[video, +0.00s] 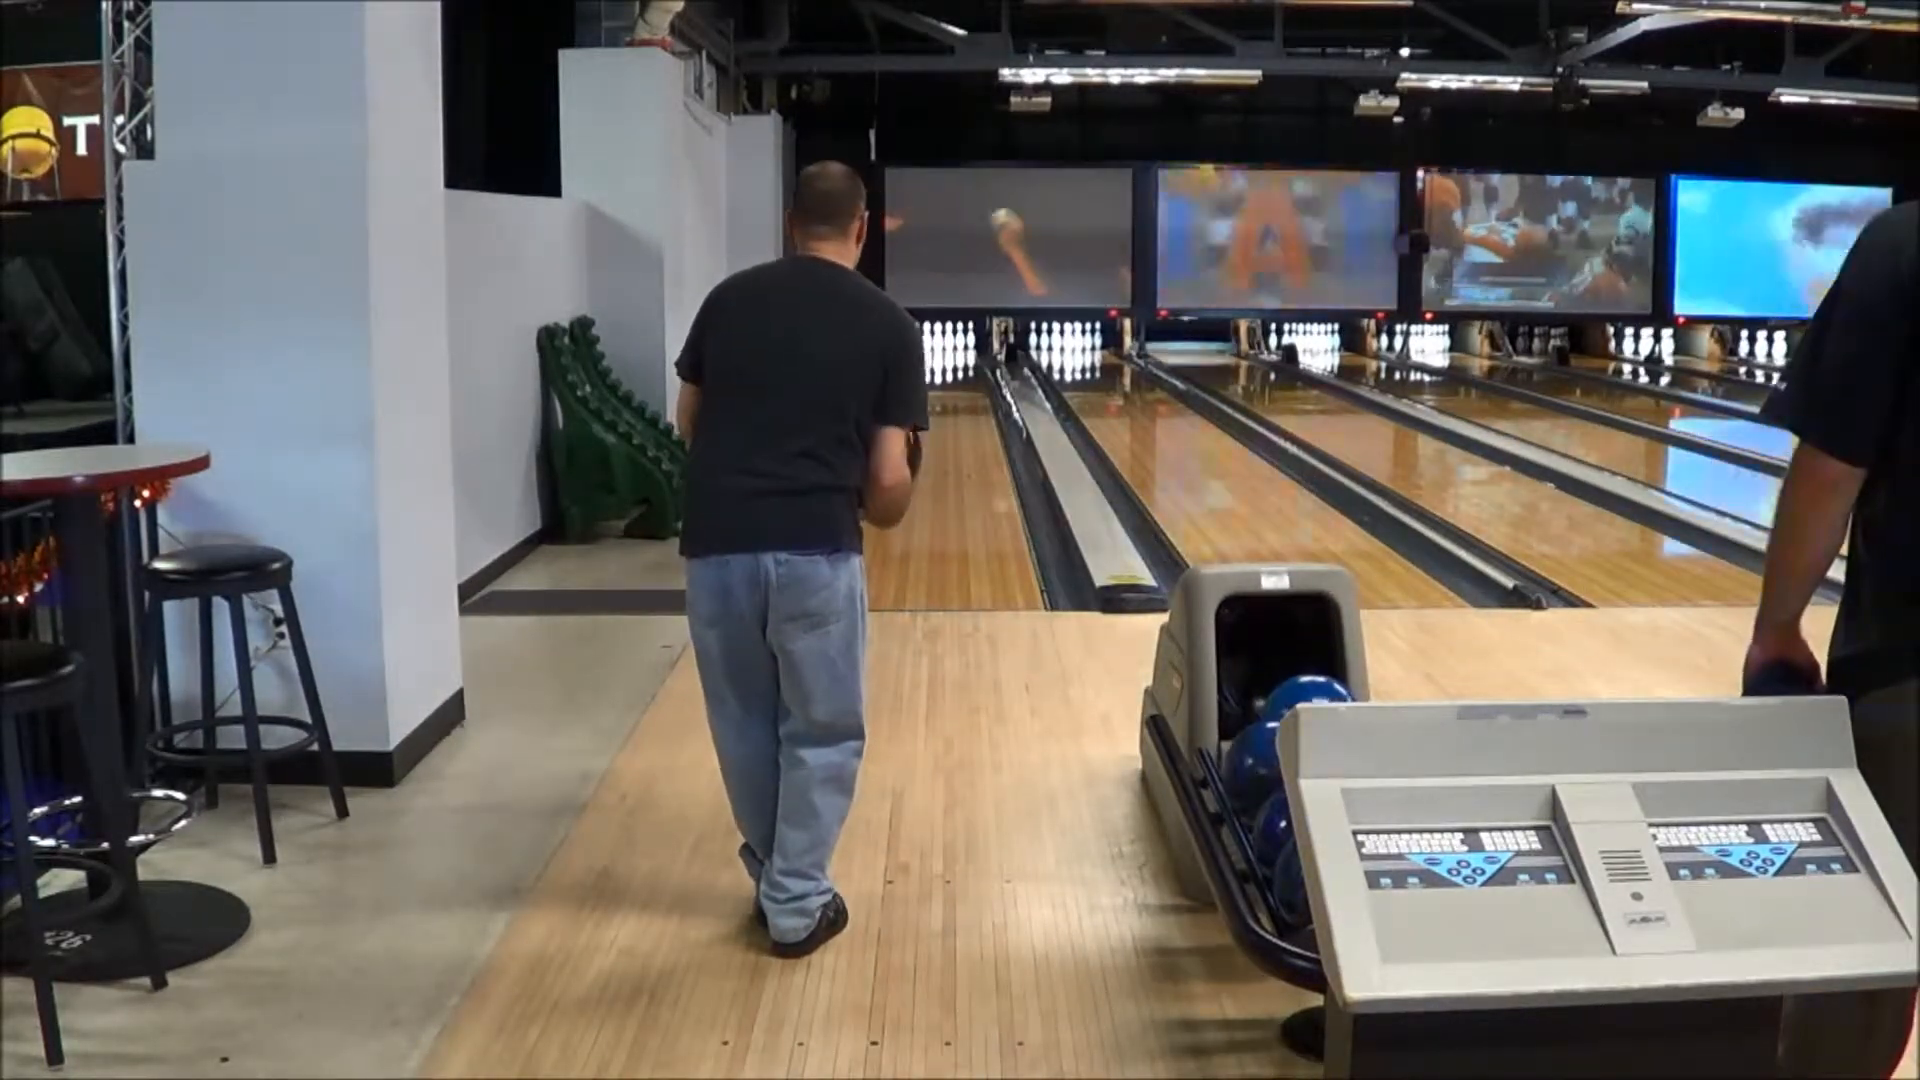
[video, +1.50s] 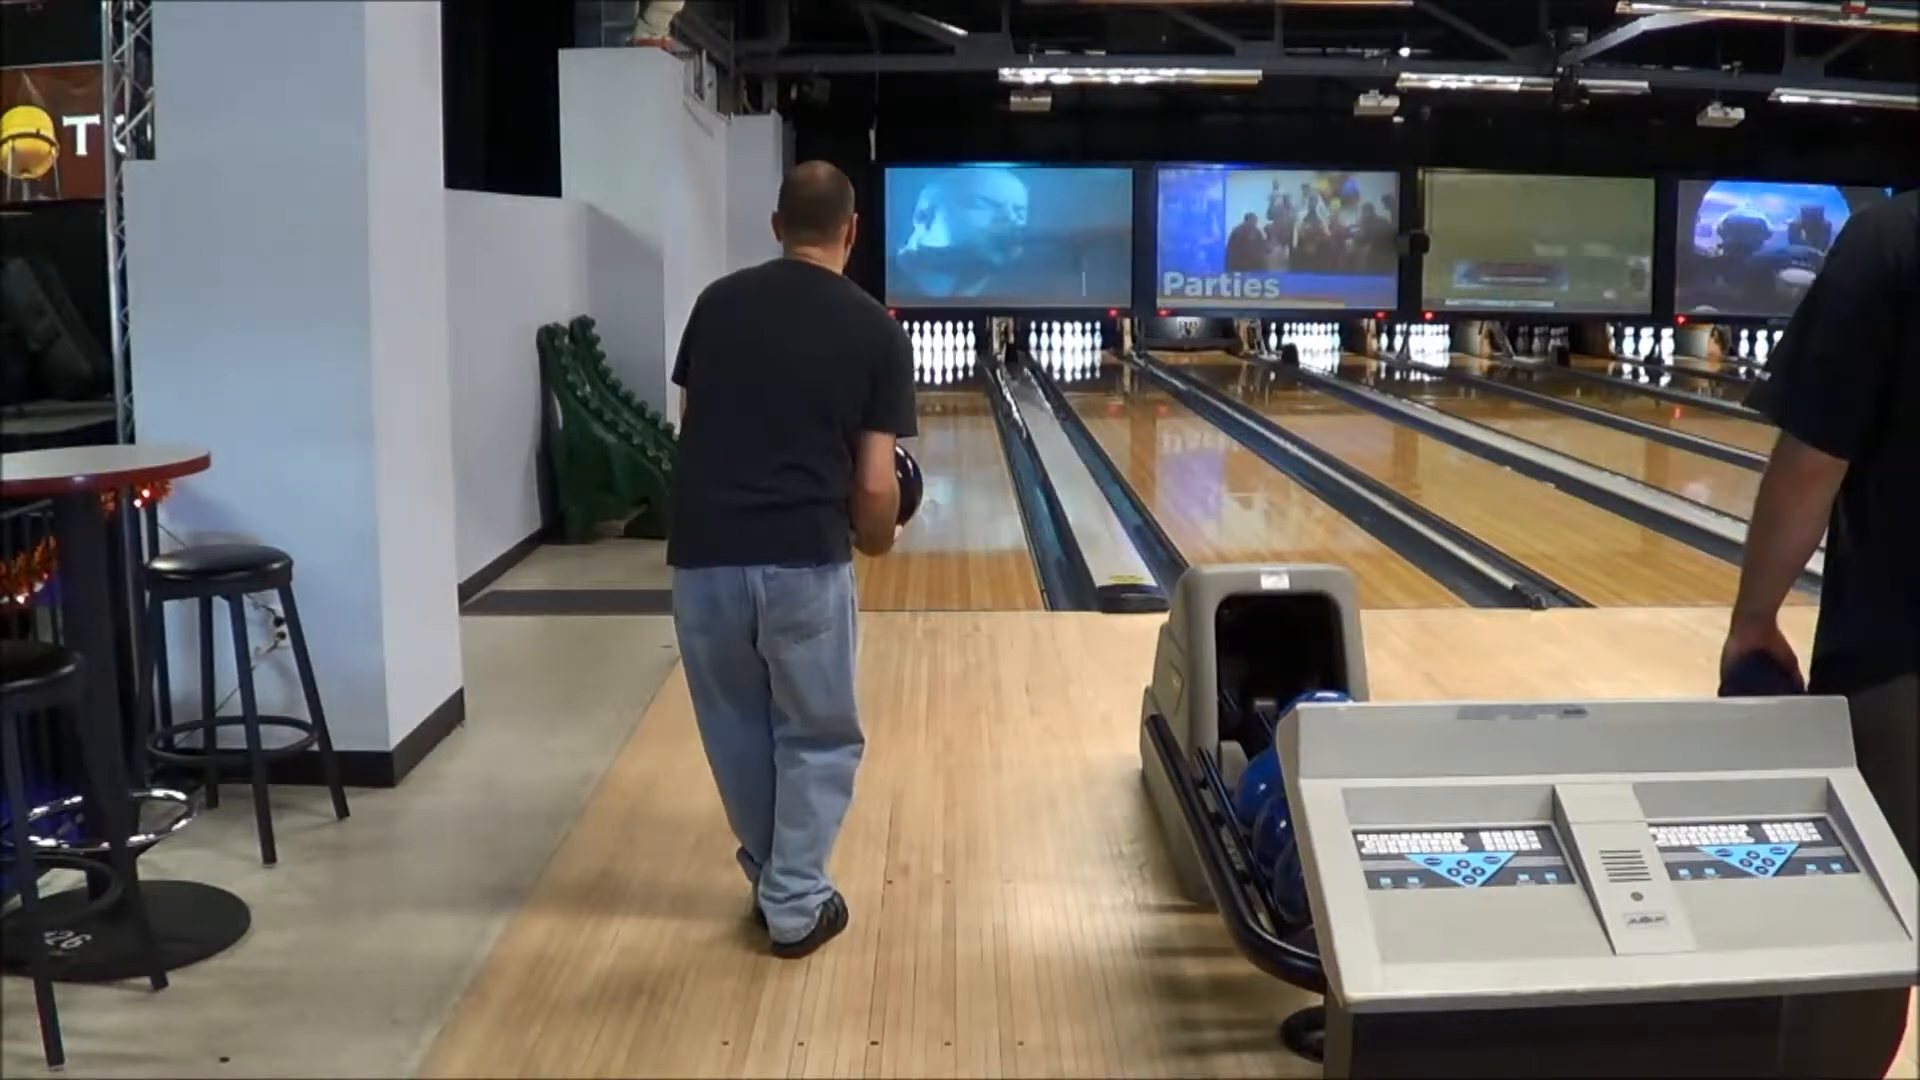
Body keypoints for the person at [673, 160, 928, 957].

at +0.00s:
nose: (865, 234)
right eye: (868, 223)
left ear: (789, 224)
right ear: (863, 228)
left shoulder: (730, 297)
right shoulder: (885, 322)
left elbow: (688, 419)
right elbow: (889, 476)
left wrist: (738, 462)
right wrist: (876, 512)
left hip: (716, 540)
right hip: (817, 542)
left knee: (742, 718)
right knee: (823, 730)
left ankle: (769, 868)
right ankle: (793, 905)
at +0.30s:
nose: (853, 235)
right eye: (856, 224)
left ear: (776, 227)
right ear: (852, 228)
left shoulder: (720, 300)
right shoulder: (872, 322)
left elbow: (685, 420)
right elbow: (878, 486)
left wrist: (738, 449)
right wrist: (881, 507)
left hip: (708, 548)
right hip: (809, 549)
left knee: (736, 723)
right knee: (820, 732)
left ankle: (769, 876)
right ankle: (793, 905)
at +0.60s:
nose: (845, 237)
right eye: (850, 226)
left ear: (770, 228)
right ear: (847, 231)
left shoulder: (715, 303)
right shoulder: (867, 328)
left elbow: (686, 423)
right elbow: (872, 487)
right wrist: (887, 524)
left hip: (703, 557)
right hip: (804, 557)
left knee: (732, 724)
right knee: (818, 735)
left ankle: (769, 872)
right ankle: (793, 904)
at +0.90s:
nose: (850, 237)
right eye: (853, 226)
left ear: (772, 228)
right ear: (849, 230)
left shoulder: (714, 303)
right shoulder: (871, 326)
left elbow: (683, 422)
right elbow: (873, 477)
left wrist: (725, 479)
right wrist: (878, 532)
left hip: (700, 558)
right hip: (803, 558)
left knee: (732, 725)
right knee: (816, 736)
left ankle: (767, 870)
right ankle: (793, 904)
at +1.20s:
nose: (853, 237)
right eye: (856, 227)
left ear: (773, 228)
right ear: (850, 230)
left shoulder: (716, 303)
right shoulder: (871, 328)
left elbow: (685, 424)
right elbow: (872, 484)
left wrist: (724, 488)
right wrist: (876, 540)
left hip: (701, 559)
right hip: (803, 559)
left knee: (733, 726)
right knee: (817, 736)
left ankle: (767, 871)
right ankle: (794, 904)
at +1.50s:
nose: (855, 235)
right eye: (857, 224)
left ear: (774, 226)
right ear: (852, 229)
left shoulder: (718, 302)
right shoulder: (872, 328)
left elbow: (688, 427)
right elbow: (875, 489)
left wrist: (726, 491)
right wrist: (877, 538)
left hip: (703, 556)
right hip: (806, 558)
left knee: (734, 724)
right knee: (819, 736)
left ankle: (767, 870)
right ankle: (793, 903)